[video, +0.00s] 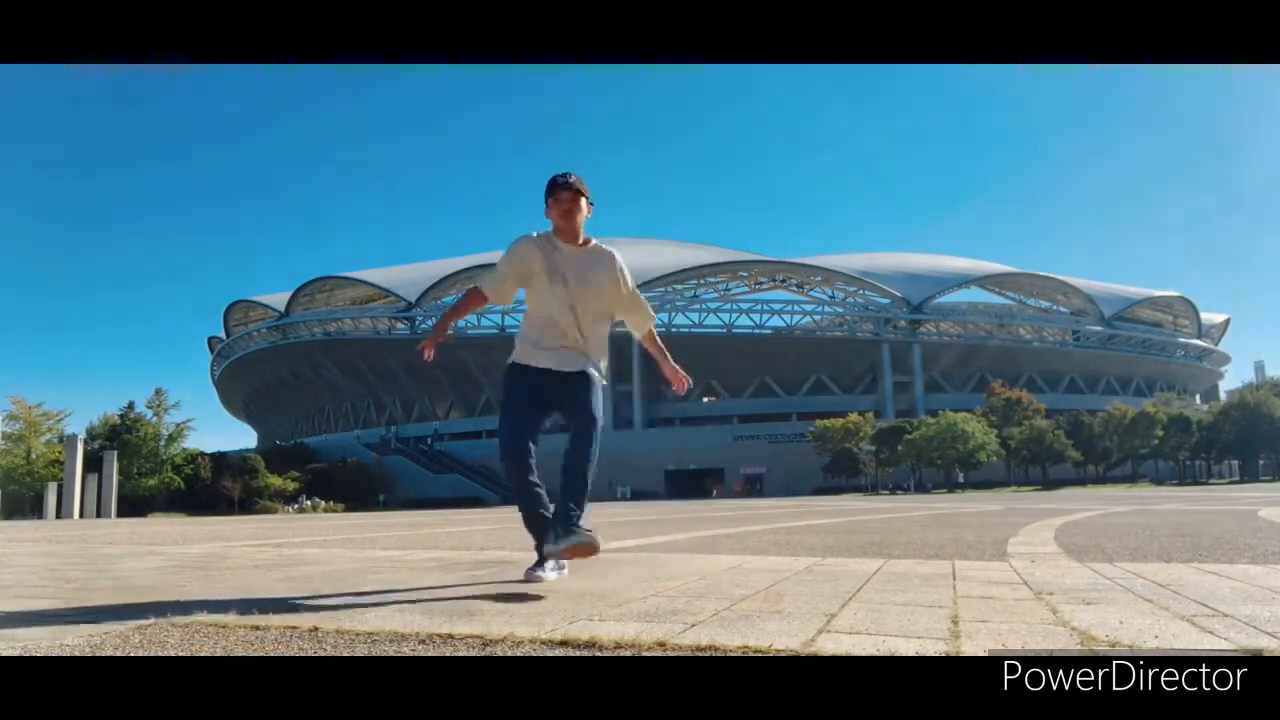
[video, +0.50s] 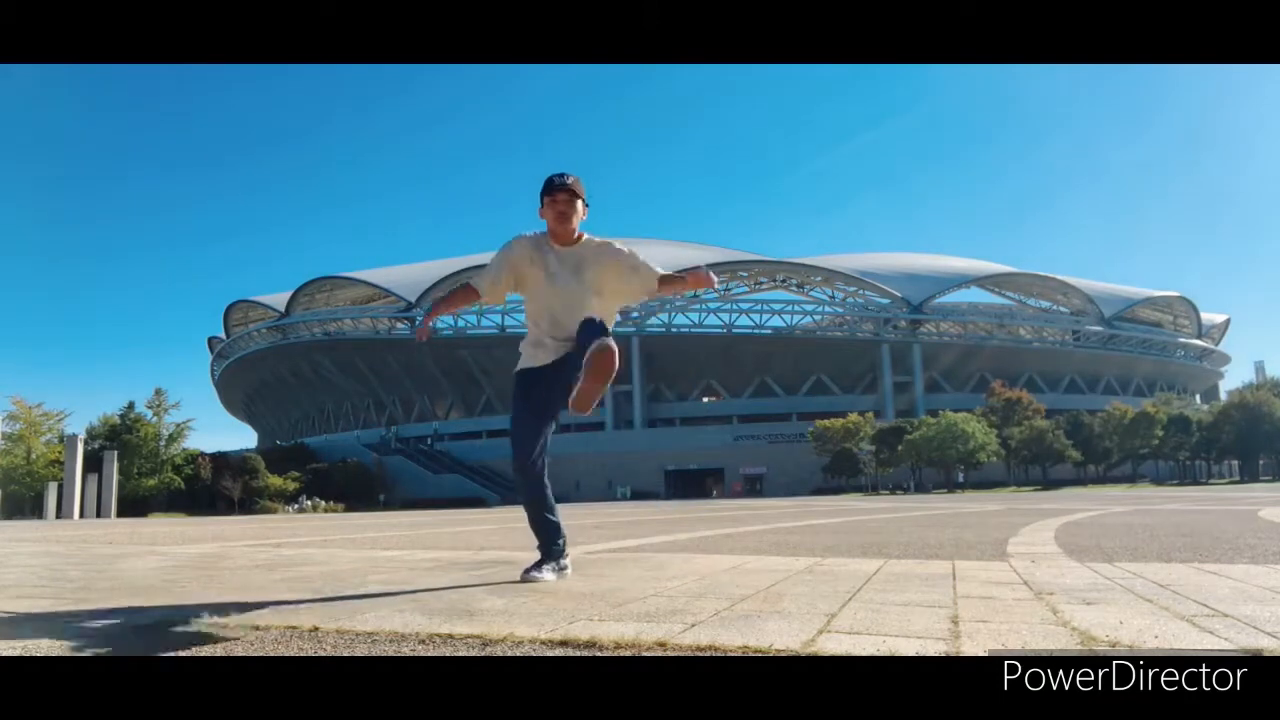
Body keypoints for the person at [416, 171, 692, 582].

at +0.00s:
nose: (567, 205)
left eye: (574, 199)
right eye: (559, 200)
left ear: (588, 207)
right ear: (548, 209)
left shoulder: (608, 262)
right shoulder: (528, 250)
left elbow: (638, 320)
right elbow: (487, 291)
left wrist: (666, 363)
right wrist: (443, 323)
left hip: (582, 366)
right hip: (530, 362)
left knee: (589, 426)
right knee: (515, 449)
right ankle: (549, 548)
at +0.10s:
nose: (562, 203)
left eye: (570, 196)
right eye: (554, 197)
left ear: (583, 205)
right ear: (543, 206)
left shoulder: (601, 257)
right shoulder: (529, 249)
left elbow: (610, 321)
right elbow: (483, 291)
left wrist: (620, 363)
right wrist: (446, 324)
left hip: (587, 371)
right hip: (538, 365)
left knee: (541, 415)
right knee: (530, 457)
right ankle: (552, 554)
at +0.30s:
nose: (559, 205)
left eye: (566, 199)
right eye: (551, 199)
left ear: (580, 207)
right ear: (539, 209)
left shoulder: (600, 259)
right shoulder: (520, 250)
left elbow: (632, 312)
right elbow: (485, 293)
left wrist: (654, 352)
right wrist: (448, 318)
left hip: (581, 351)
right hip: (530, 355)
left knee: (556, 383)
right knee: (525, 462)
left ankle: (485, 452)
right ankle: (553, 555)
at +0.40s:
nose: (559, 213)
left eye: (566, 207)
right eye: (551, 207)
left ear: (579, 212)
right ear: (539, 213)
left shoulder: (600, 259)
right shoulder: (519, 255)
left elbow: (653, 296)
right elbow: (479, 293)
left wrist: (698, 329)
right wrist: (438, 327)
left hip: (584, 345)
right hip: (533, 356)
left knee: (571, 365)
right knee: (526, 462)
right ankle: (554, 556)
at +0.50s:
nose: (562, 209)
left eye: (569, 202)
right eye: (554, 202)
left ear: (583, 209)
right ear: (543, 210)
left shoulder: (607, 255)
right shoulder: (523, 252)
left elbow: (653, 284)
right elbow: (480, 287)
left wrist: (690, 280)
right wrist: (437, 309)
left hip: (582, 358)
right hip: (537, 364)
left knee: (592, 326)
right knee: (526, 460)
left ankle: (588, 388)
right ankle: (553, 555)